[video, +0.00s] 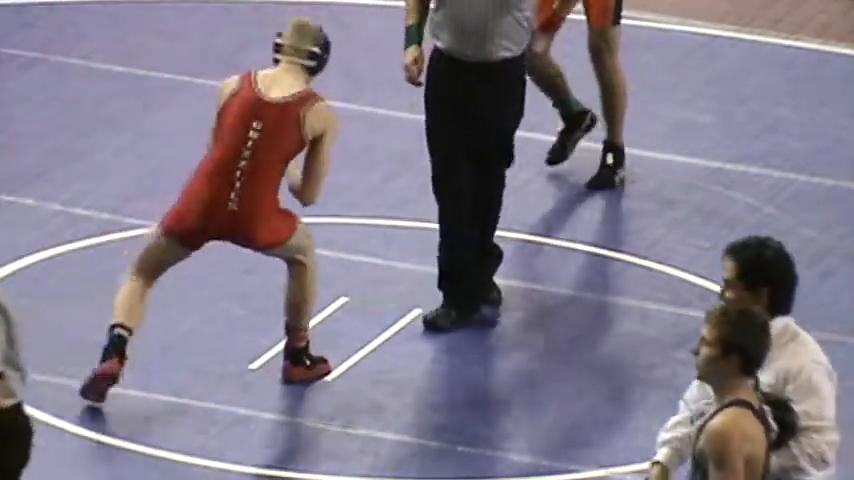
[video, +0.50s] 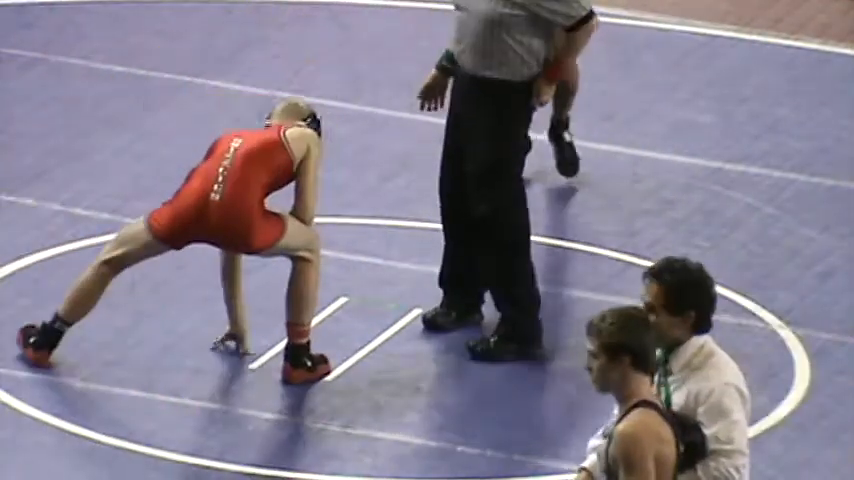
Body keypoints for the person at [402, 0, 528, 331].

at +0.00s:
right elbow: (417, 2)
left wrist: (546, 30)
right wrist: (413, 40)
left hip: (502, 68)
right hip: (448, 62)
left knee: (488, 177)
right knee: (451, 182)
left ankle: (480, 276)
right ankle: (458, 296)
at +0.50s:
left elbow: (583, 22)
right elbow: (478, 20)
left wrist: (549, 78)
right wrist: (444, 70)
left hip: (510, 84)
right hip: (470, 78)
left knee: (498, 203)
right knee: (457, 193)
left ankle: (521, 332)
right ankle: (461, 301)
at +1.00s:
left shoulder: (544, 7)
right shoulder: (525, 5)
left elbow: (579, 57)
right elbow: (519, 30)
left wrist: (573, 114)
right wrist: (474, 55)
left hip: (548, 109)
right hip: (534, 102)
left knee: (532, 217)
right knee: (526, 215)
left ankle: (528, 330)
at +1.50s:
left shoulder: (567, 4)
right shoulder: (548, 6)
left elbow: (611, 54)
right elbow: (527, 39)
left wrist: (612, 119)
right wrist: (472, 73)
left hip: (592, 111)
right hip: (594, 107)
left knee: (536, 214)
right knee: (577, 218)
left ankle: (537, 333)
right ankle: (579, 336)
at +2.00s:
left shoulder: (568, 11)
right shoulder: (554, 9)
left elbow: (615, 70)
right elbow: (530, 52)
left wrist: (614, 141)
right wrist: (476, 93)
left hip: (601, 127)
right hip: (585, 122)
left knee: (581, 235)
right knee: (564, 227)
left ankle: (574, 352)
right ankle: (566, 327)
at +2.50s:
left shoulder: (572, 15)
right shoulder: (593, 5)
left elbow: (566, 98)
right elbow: (568, 49)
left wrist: (538, 130)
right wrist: (535, 16)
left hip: (593, 130)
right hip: (619, 118)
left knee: (568, 231)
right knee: (597, 229)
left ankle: (567, 332)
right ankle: (588, 327)